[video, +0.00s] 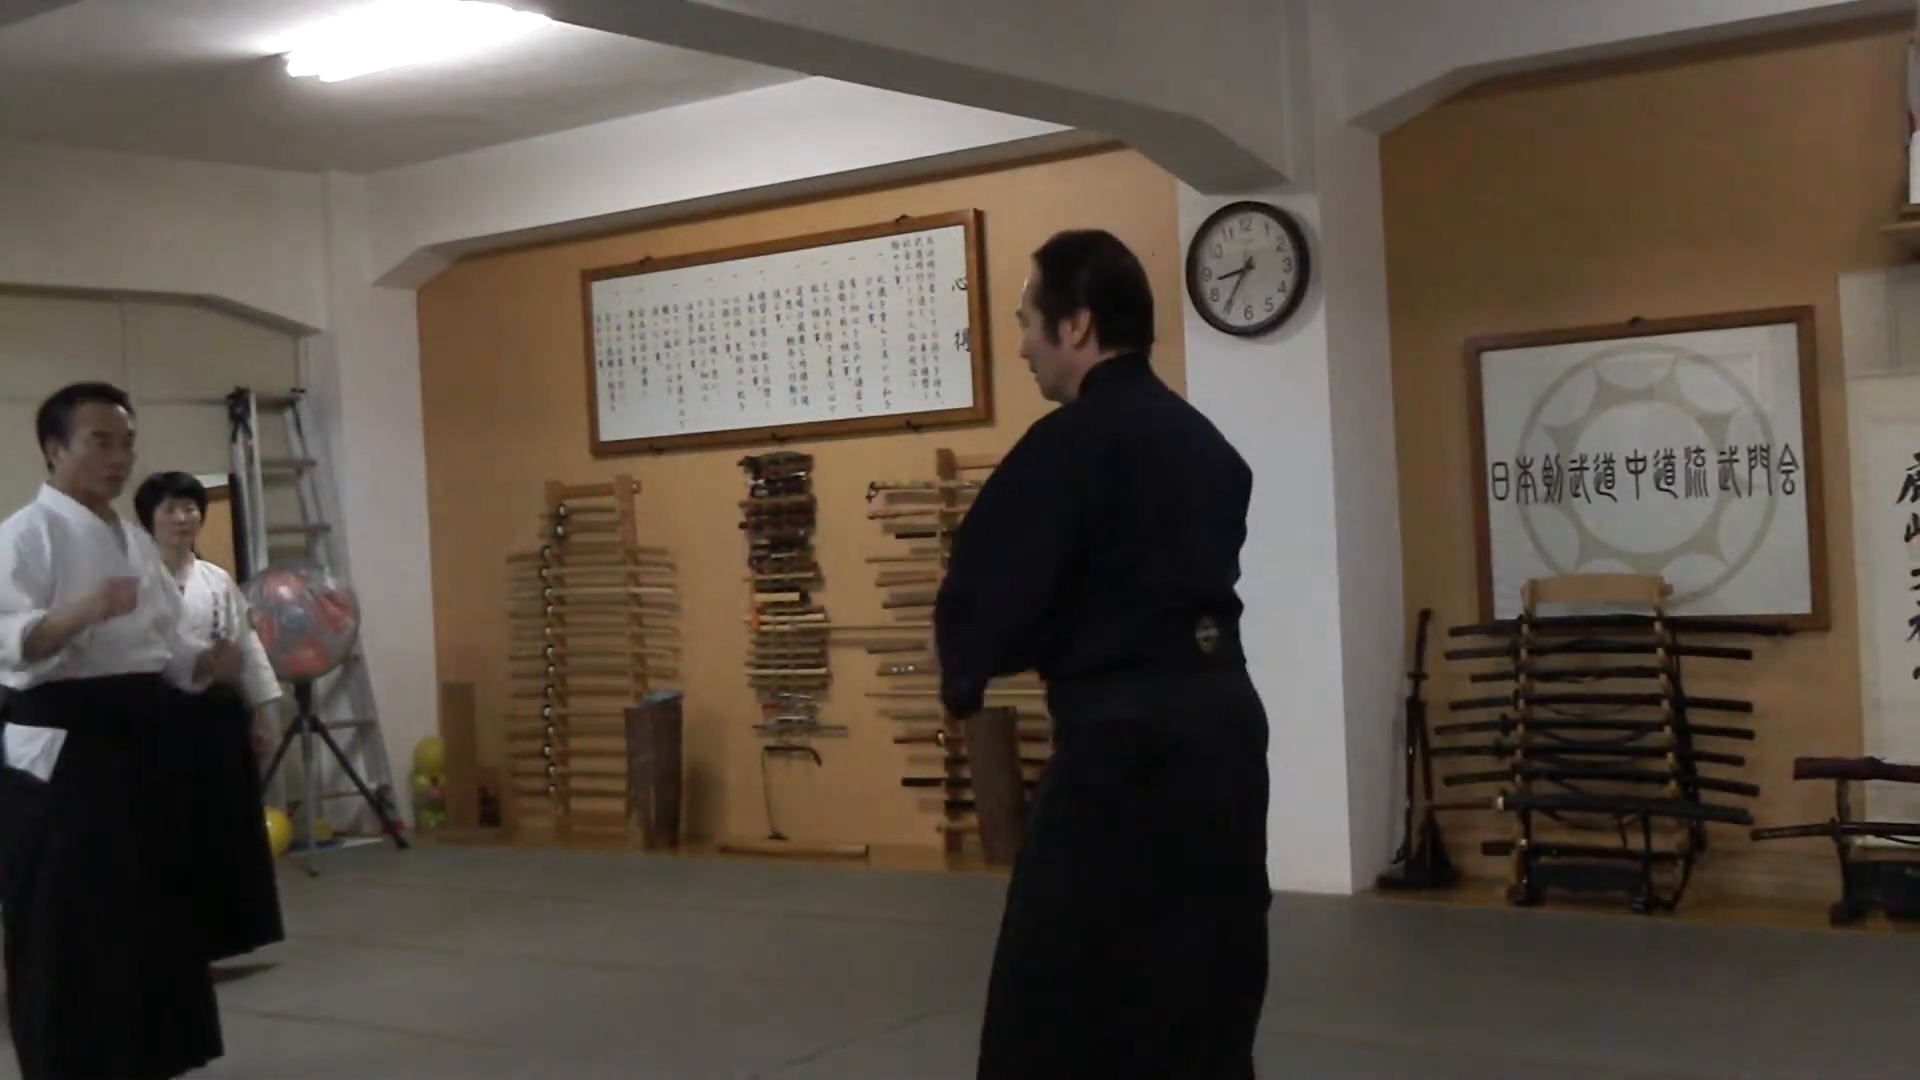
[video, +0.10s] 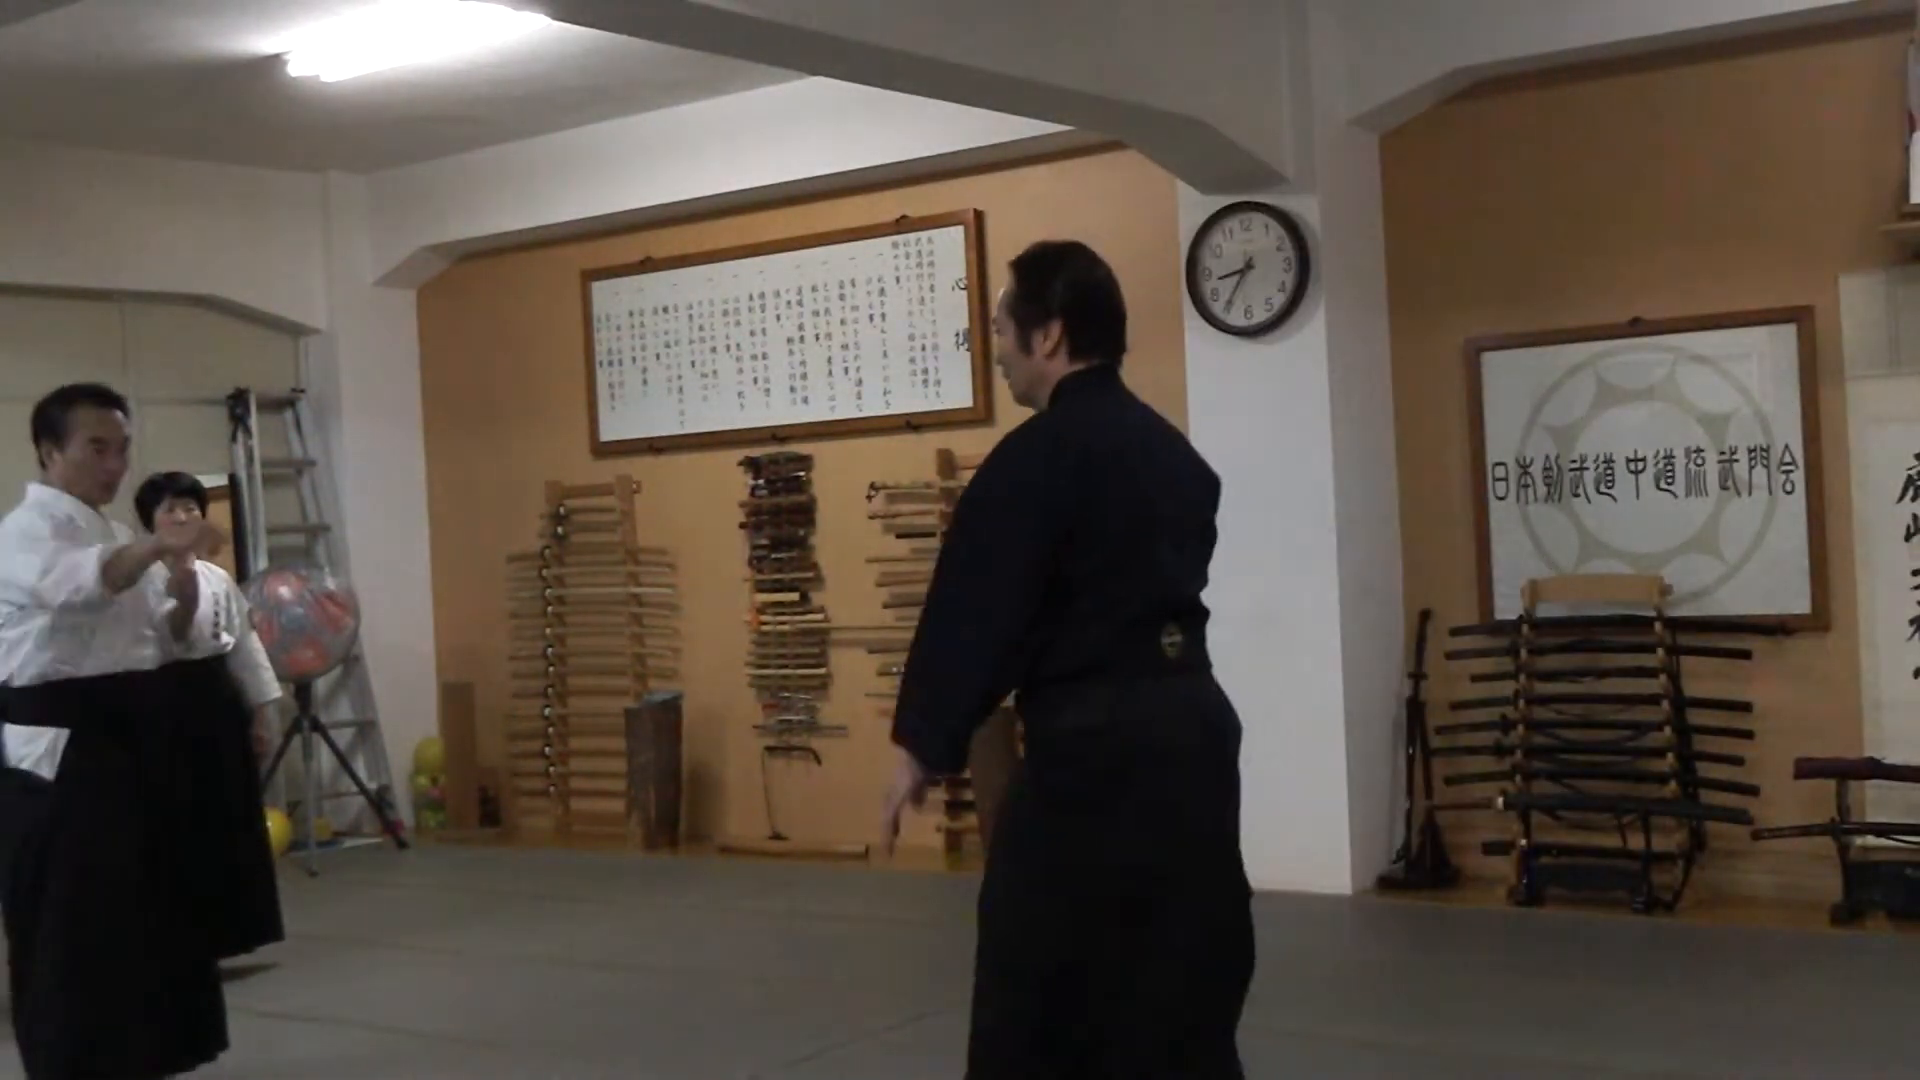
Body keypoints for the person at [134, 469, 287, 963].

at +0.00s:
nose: (183, 517)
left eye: (191, 509)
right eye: (171, 509)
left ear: (202, 519)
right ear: (149, 519)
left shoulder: (217, 581)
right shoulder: (138, 581)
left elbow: (246, 647)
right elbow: (130, 658)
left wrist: (264, 711)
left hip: (214, 719)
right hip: (154, 722)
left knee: (218, 830)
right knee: (164, 838)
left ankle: (213, 938)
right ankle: (171, 943)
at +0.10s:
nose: (183, 516)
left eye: (191, 508)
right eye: (170, 509)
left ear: (204, 518)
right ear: (148, 522)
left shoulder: (217, 579)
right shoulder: (141, 581)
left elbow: (243, 643)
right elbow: (136, 656)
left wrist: (263, 707)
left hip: (217, 704)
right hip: (160, 711)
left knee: (226, 816)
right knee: (174, 826)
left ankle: (230, 930)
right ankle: (184, 936)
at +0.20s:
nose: (182, 522)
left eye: (191, 512)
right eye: (169, 514)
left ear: (203, 519)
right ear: (147, 522)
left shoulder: (216, 579)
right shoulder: (135, 583)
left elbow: (243, 645)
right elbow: (135, 651)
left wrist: (263, 708)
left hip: (215, 698)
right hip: (158, 702)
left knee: (222, 812)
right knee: (167, 819)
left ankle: (225, 929)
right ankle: (172, 933)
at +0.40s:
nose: (184, 523)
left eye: (193, 512)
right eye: (171, 514)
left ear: (206, 519)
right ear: (148, 523)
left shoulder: (219, 581)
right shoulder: (137, 582)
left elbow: (244, 644)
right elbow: (129, 652)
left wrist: (265, 708)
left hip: (217, 698)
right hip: (160, 703)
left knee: (223, 813)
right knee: (169, 821)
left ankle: (227, 929)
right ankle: (174, 935)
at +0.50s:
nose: (186, 522)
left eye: (195, 512)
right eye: (173, 513)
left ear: (207, 519)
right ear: (148, 523)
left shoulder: (219, 580)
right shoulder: (137, 583)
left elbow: (245, 644)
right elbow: (131, 654)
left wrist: (265, 707)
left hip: (218, 700)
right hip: (160, 704)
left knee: (224, 814)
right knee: (169, 821)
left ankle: (222, 934)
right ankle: (176, 938)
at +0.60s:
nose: (187, 521)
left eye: (195, 511)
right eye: (174, 513)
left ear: (208, 519)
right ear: (149, 523)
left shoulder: (221, 580)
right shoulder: (139, 583)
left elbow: (246, 645)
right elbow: (133, 655)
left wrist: (265, 710)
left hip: (220, 699)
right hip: (162, 704)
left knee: (226, 814)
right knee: (174, 821)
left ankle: (229, 932)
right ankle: (181, 938)